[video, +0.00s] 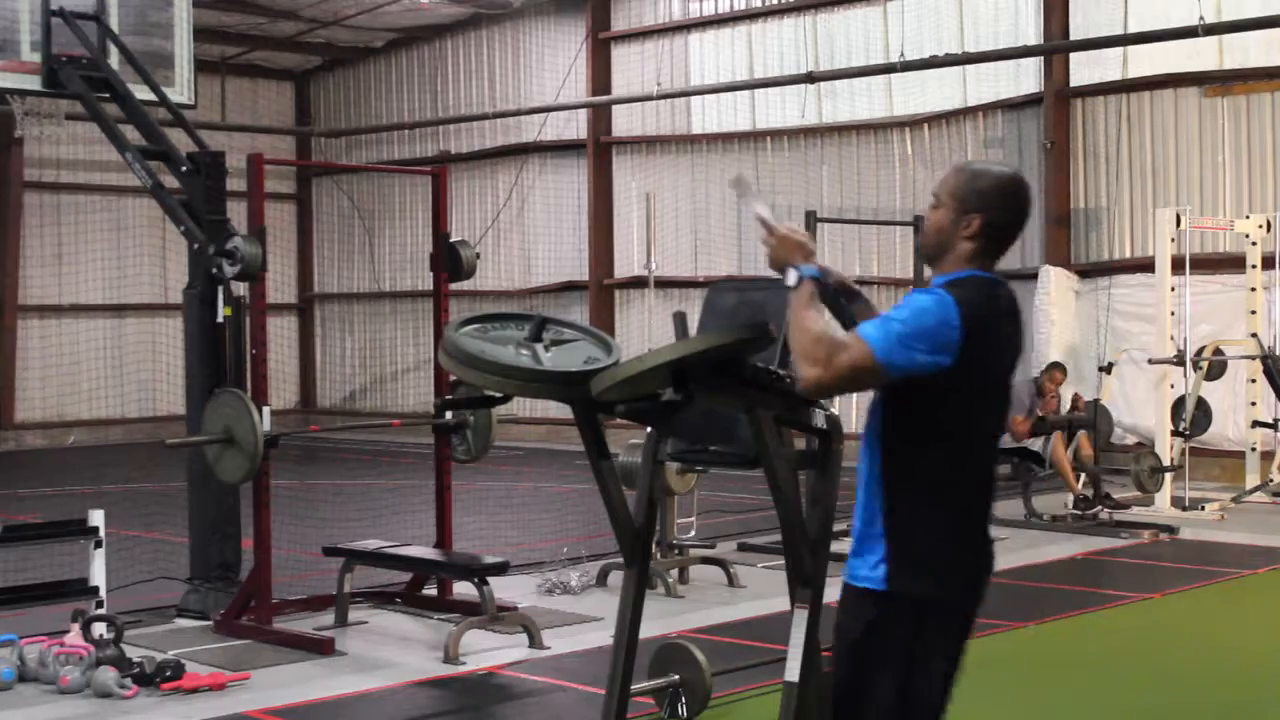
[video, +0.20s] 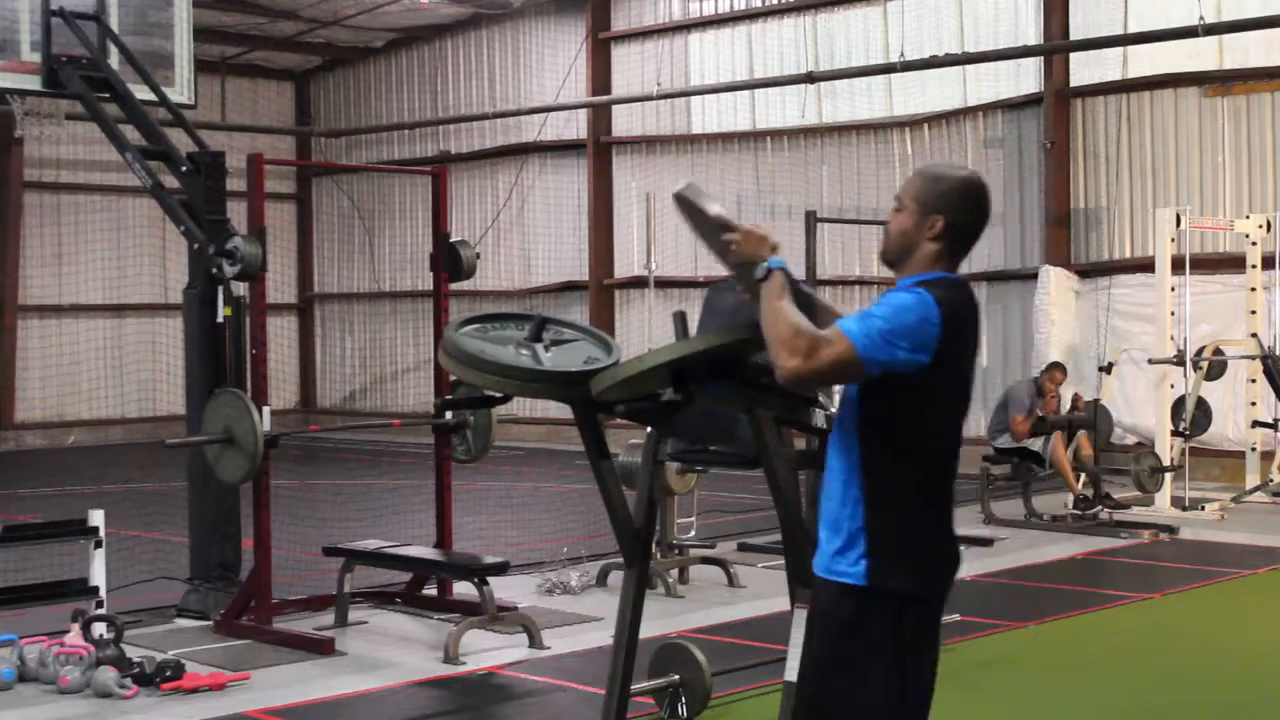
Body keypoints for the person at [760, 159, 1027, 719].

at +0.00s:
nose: (922, 215)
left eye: (935, 205)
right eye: (930, 202)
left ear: (971, 227)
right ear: (977, 231)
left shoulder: (947, 309)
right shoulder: (992, 304)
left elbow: (820, 366)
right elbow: (903, 359)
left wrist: (799, 272)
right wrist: (845, 296)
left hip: (900, 575)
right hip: (946, 566)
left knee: (869, 706)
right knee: (910, 707)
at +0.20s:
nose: (886, 218)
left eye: (898, 208)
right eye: (893, 205)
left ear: (934, 228)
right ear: (937, 233)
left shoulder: (921, 308)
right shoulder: (946, 301)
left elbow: (800, 361)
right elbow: (842, 336)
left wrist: (767, 269)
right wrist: (772, 279)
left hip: (871, 570)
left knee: (837, 707)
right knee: (884, 706)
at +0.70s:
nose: (803, 214)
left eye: (815, 202)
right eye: (808, 201)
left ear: (851, 218)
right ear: (855, 221)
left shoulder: (862, 297)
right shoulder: (864, 290)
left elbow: (769, 366)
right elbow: (786, 348)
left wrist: (707, 287)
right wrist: (710, 293)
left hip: (845, 558)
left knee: (822, 708)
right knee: (843, 706)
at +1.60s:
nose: (805, 220)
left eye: (816, 208)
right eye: (808, 207)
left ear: (855, 220)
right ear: (859, 222)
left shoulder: (867, 294)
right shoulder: (873, 286)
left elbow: (790, 349)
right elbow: (821, 319)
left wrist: (758, 249)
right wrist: (771, 258)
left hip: (854, 569)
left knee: (824, 708)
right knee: (862, 707)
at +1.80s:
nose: (816, 234)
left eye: (826, 220)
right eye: (816, 221)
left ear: (873, 226)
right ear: (877, 228)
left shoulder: (885, 309)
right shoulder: (897, 295)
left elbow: (819, 393)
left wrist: (758, 292)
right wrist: (836, 284)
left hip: (866, 577)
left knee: (842, 708)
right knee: (868, 707)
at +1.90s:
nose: (821, 240)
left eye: (830, 225)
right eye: (821, 226)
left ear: (877, 229)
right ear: (876, 231)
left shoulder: (899, 320)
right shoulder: (879, 309)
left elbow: (858, 433)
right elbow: (848, 417)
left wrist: (757, 356)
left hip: (884, 588)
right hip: (849, 578)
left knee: (878, 711)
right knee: (821, 707)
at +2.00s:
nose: (821, 238)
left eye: (832, 223)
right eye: (821, 223)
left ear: (880, 228)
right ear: (874, 231)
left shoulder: (911, 330)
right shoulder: (883, 315)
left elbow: (904, 473)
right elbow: (876, 447)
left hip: (899, 599)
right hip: (856, 589)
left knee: (893, 711)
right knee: (825, 707)